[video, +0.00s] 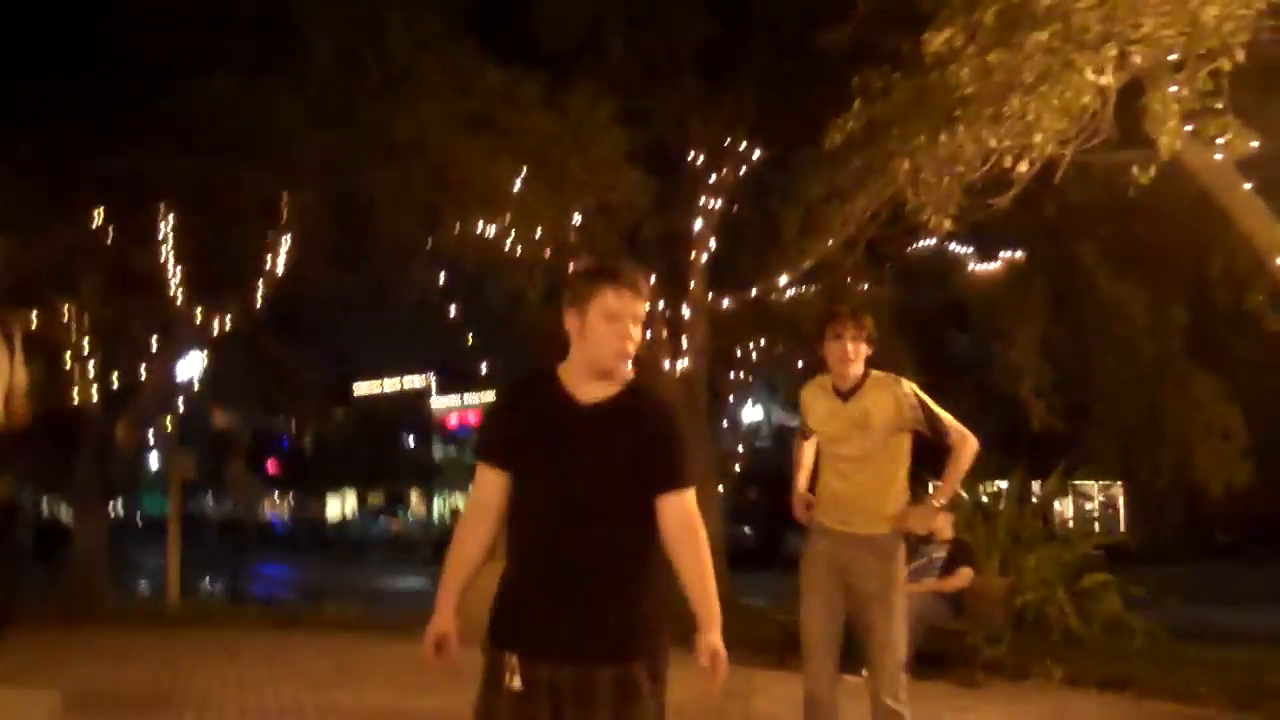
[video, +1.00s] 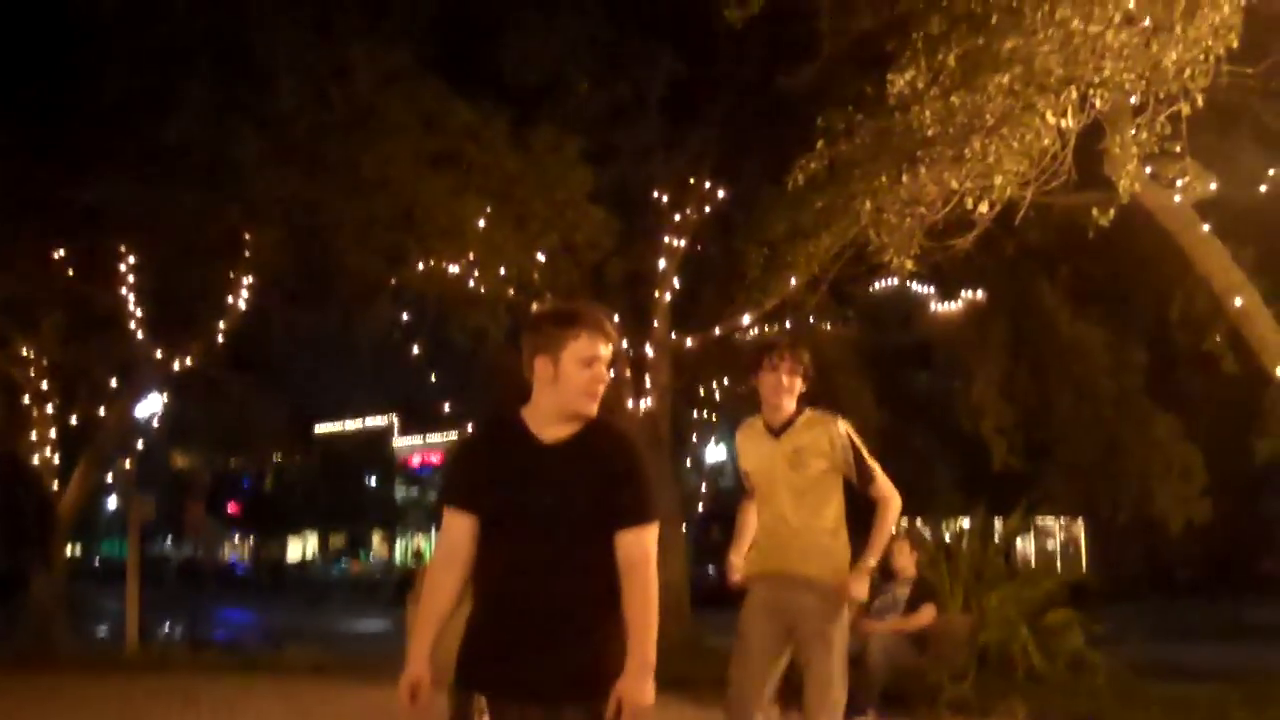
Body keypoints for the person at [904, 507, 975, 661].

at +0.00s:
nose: (934, 518)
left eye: (940, 513)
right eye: (934, 513)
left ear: (951, 517)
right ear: (930, 516)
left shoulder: (960, 546)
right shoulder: (919, 544)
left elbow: (963, 578)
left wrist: (925, 586)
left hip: (946, 603)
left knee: (913, 604)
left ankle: (903, 666)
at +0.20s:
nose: (932, 528)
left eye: (937, 522)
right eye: (929, 523)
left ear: (950, 526)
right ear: (924, 527)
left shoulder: (959, 556)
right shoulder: (919, 556)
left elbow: (962, 588)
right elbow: (900, 581)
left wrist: (921, 596)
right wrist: (900, 594)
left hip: (943, 614)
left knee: (912, 609)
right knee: (885, 606)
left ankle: (904, 676)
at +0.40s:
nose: (931, 524)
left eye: (938, 519)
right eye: (929, 519)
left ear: (950, 523)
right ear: (924, 523)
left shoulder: (960, 553)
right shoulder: (917, 554)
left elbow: (961, 585)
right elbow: (898, 580)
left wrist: (917, 594)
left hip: (943, 611)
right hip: (909, 607)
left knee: (912, 610)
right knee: (879, 607)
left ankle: (904, 676)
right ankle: (867, 672)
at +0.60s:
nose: (931, 522)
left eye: (937, 517)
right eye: (928, 518)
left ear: (950, 522)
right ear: (924, 522)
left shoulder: (960, 551)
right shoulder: (917, 553)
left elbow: (962, 583)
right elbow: (895, 584)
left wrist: (919, 592)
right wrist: (906, 593)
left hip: (943, 606)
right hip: (909, 603)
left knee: (911, 610)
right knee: (874, 607)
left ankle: (902, 674)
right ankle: (864, 670)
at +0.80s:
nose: (927, 529)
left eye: (933, 523)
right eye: (924, 523)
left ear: (946, 526)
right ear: (919, 527)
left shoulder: (955, 557)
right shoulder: (913, 554)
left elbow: (957, 588)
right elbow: (896, 579)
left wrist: (911, 598)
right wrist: (886, 590)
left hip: (937, 613)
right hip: (903, 607)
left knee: (907, 614)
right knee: (864, 612)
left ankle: (898, 679)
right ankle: (859, 674)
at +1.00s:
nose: (896, 559)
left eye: (901, 552)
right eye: (893, 553)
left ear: (915, 555)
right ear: (888, 557)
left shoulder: (924, 586)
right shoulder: (879, 586)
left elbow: (924, 618)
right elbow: (860, 620)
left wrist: (877, 627)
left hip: (908, 649)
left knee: (877, 639)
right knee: (840, 637)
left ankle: (871, 706)